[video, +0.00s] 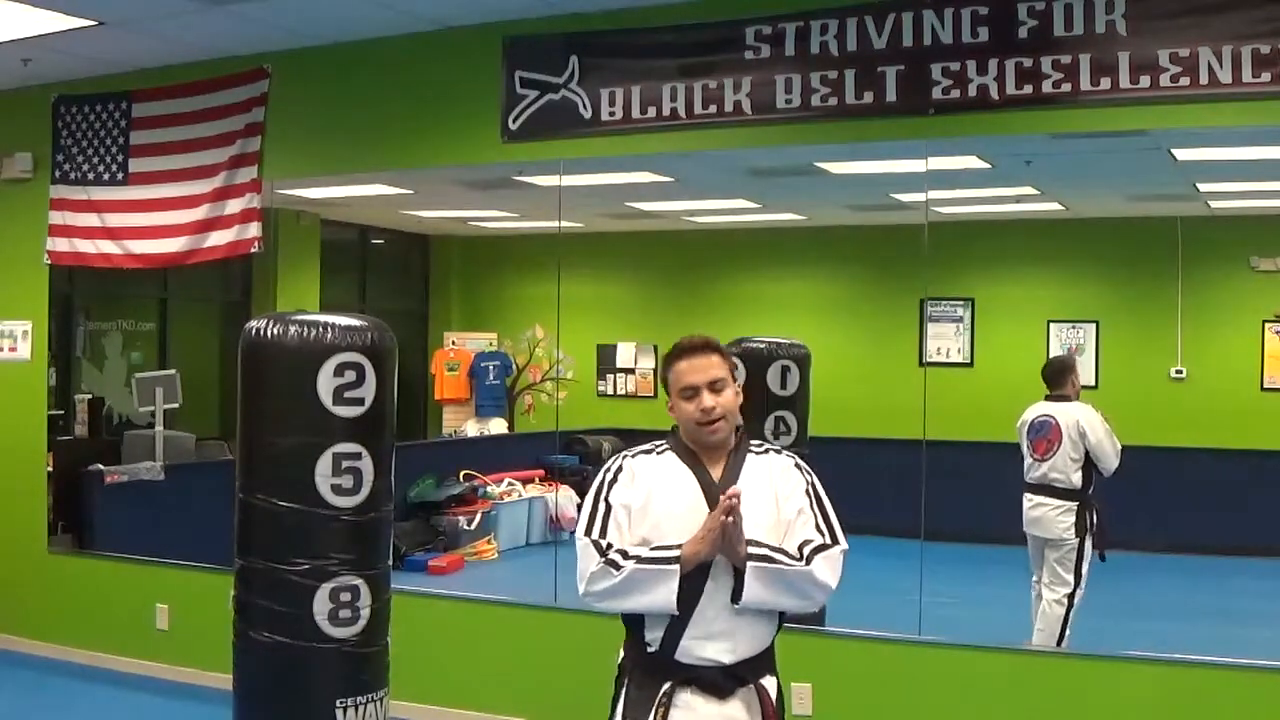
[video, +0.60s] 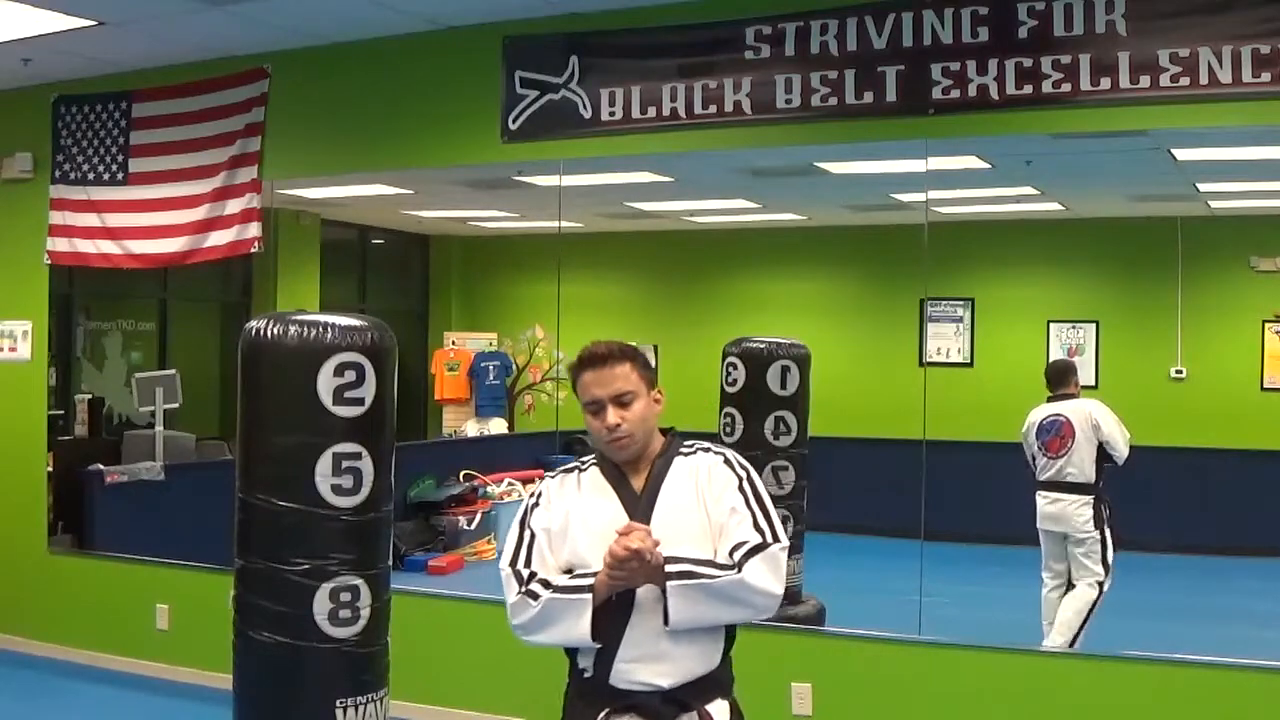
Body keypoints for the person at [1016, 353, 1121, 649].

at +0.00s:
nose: (1080, 380)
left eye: (1077, 375)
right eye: (1077, 375)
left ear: (1048, 383)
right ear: (1072, 381)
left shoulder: (1030, 414)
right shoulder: (1084, 416)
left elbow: (1030, 454)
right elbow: (1109, 463)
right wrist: (1102, 425)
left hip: (1033, 510)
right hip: (1067, 515)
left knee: (1039, 582)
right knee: (1060, 589)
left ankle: (1039, 648)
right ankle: (1044, 656)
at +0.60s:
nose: (1080, 383)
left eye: (1077, 378)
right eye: (1078, 379)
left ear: (1048, 385)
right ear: (1075, 382)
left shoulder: (1035, 416)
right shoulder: (1092, 409)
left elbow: (1034, 459)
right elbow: (1120, 451)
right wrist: (1093, 453)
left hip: (1045, 505)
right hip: (1082, 507)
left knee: (1053, 578)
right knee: (1090, 579)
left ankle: (1051, 648)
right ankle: (1056, 647)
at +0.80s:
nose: (1086, 384)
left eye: (1083, 380)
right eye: (1085, 380)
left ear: (1053, 384)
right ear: (1080, 382)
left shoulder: (1037, 415)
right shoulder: (1092, 409)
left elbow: (1038, 458)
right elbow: (1120, 452)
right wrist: (1091, 451)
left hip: (1050, 502)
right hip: (1087, 504)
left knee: (1059, 573)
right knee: (1117, 569)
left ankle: (1055, 645)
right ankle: (1085, 641)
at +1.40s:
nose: (1131, 385)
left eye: (1128, 381)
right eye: (1131, 381)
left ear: (1102, 381)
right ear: (1128, 383)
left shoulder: (1078, 411)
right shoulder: (1137, 415)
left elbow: (1070, 451)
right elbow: (1159, 460)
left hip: (1084, 499)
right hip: (1122, 503)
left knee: (1077, 568)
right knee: (1131, 575)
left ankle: (1062, 646)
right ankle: (1133, 649)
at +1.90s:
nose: (1163, 384)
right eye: (1165, 379)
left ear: (1140, 381)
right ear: (1167, 381)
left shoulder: (1117, 410)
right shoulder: (1182, 415)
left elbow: (1103, 454)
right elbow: (1197, 460)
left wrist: (1134, 452)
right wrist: (1168, 458)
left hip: (1120, 500)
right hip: (1157, 504)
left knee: (1112, 565)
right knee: (1149, 573)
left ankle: (1104, 639)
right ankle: (1137, 647)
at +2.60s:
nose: (1168, 379)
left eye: (1165, 374)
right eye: (1165, 375)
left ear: (1138, 385)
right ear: (1161, 381)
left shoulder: (1126, 417)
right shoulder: (1174, 414)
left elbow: (1125, 463)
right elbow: (1200, 457)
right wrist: (1205, 442)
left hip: (1137, 496)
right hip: (1170, 500)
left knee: (1142, 564)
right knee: (1192, 561)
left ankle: (1139, 638)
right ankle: (1157, 621)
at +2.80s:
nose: (1172, 379)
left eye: (1169, 374)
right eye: (1170, 375)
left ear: (1144, 383)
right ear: (1168, 380)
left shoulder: (1131, 415)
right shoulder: (1181, 410)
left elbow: (1133, 459)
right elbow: (1206, 451)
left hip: (1143, 495)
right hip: (1179, 496)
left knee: (1146, 563)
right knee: (1210, 555)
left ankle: (1144, 637)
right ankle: (1193, 622)